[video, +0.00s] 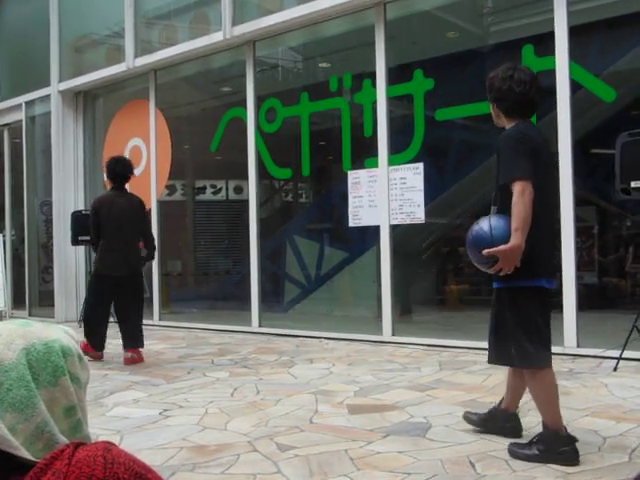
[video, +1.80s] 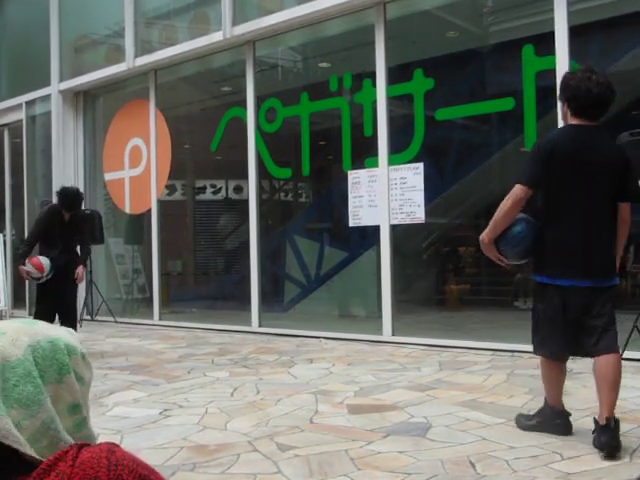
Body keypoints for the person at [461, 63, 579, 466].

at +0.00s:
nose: (489, 107)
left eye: (490, 101)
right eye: (490, 101)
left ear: (495, 105)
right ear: (531, 102)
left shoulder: (514, 138)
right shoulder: (537, 138)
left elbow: (523, 191)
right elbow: (537, 195)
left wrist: (517, 242)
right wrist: (514, 242)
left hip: (525, 263)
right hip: (538, 260)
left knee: (531, 348)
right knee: (521, 341)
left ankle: (556, 437)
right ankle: (506, 412)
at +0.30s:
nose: (506, 95)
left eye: (509, 89)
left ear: (513, 96)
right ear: (554, 94)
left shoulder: (523, 136)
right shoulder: (562, 138)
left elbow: (523, 193)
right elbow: (557, 203)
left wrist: (509, 247)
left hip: (534, 263)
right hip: (555, 262)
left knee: (542, 350)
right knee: (552, 343)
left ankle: (556, 439)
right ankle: (566, 421)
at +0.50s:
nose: (522, 88)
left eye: (525, 83)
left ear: (527, 93)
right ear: (569, 93)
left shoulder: (524, 138)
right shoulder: (580, 137)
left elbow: (512, 196)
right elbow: (577, 201)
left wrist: (489, 247)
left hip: (534, 265)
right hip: (574, 261)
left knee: (545, 351)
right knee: (585, 344)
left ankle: (556, 439)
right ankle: (606, 431)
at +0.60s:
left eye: (533, 84)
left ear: (535, 92)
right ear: (578, 93)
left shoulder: (528, 139)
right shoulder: (590, 139)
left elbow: (506, 199)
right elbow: (596, 208)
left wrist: (479, 247)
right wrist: (579, 242)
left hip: (537, 268)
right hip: (583, 265)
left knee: (547, 351)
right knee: (596, 346)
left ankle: (556, 439)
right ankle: (607, 432)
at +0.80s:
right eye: (598, 87)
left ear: (553, 92)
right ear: (596, 93)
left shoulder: (537, 140)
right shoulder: (610, 142)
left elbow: (508, 197)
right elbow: (623, 210)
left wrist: (478, 242)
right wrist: (619, 260)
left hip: (553, 269)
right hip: (600, 266)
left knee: (552, 352)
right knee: (607, 348)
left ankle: (556, 440)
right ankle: (608, 434)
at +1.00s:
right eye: (611, 89)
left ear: (568, 94)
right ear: (611, 94)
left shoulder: (555, 139)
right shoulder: (627, 139)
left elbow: (521, 195)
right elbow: (635, 204)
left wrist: (496, 240)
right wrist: (633, 250)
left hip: (566, 266)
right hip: (617, 263)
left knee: (550, 344)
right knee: (617, 347)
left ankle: (553, 431)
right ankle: (610, 433)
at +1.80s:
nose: (561, 104)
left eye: (563, 100)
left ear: (565, 105)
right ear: (606, 108)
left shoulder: (551, 146)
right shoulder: (616, 153)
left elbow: (517, 199)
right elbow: (623, 216)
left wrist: (486, 237)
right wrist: (616, 257)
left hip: (554, 266)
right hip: (599, 266)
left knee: (551, 338)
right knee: (605, 340)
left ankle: (553, 411)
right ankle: (607, 425)